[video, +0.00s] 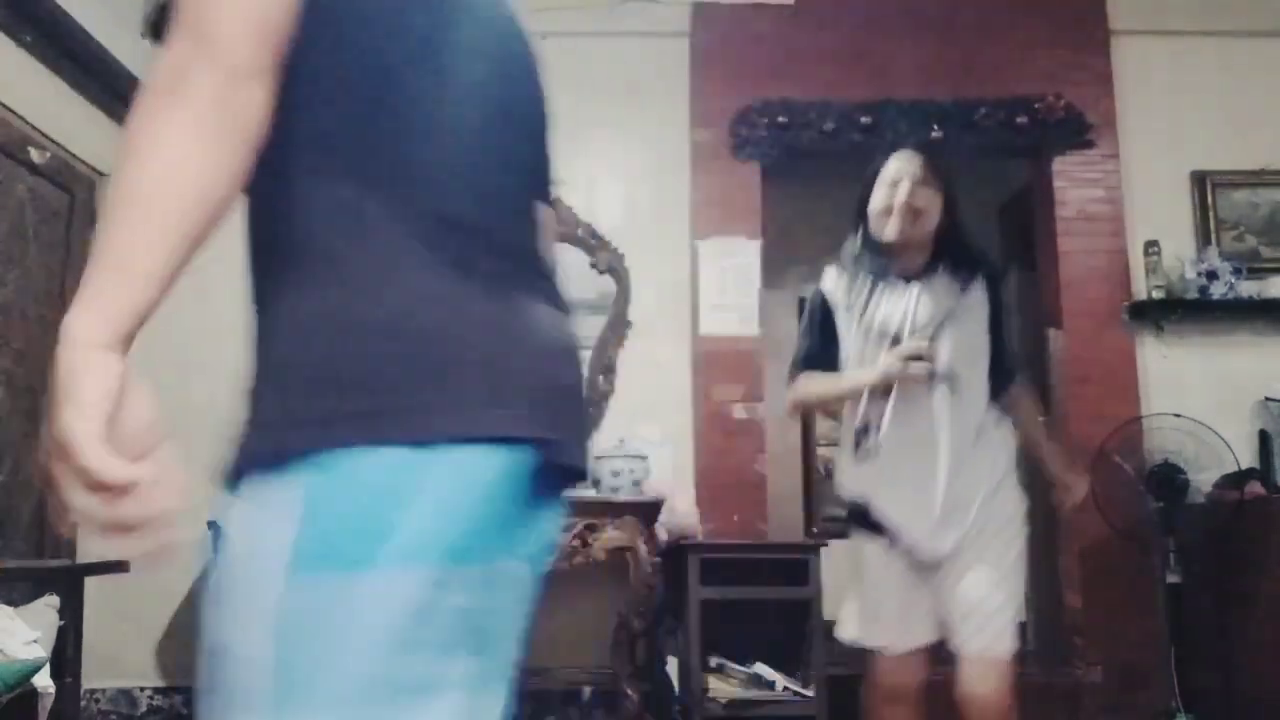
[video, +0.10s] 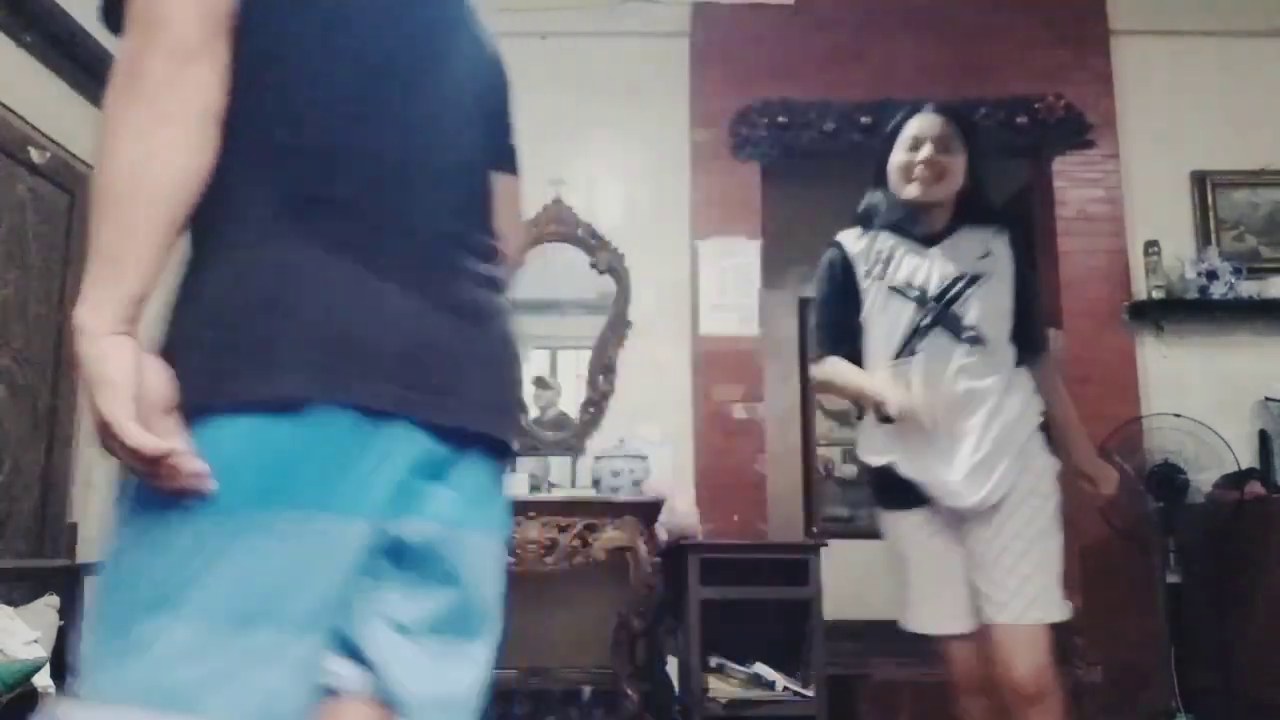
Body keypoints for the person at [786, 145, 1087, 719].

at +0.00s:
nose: (904, 201)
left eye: (921, 190)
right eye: (891, 187)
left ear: (943, 207)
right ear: (870, 200)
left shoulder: (982, 284)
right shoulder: (838, 286)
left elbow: (1010, 385)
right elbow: (800, 392)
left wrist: (1055, 461)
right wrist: (876, 376)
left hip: (981, 510)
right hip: (885, 512)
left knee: (987, 693)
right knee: (896, 685)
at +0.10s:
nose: (927, 156)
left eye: (943, 146)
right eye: (914, 144)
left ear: (967, 165)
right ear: (890, 160)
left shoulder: (1002, 245)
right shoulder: (853, 254)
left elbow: (1038, 359)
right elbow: (824, 364)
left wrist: (1083, 455)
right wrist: (878, 388)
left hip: (1012, 475)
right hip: (914, 486)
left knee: (1028, 676)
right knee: (969, 681)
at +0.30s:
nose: (957, 187)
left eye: (977, 173)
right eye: (939, 174)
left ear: (1002, 197)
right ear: (912, 198)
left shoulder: (1049, 288)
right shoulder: (885, 306)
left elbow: (1090, 405)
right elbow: (886, 446)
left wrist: (1117, 486)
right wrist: (896, 574)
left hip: (1096, 515)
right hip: (987, 548)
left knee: (1142, 706)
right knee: (1044, 712)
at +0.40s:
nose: (949, 150)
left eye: (970, 133)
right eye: (930, 136)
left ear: (1001, 153)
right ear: (904, 159)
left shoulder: (1058, 244)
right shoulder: (883, 272)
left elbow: (1117, 372)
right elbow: (880, 418)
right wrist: (898, 553)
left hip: (1117, 521)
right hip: (997, 549)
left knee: (1169, 705)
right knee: (1069, 713)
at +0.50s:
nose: (926, 95)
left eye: (947, 75)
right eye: (905, 79)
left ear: (983, 93)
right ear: (878, 102)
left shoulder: (1046, 181)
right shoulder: (856, 222)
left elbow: (1142, 285)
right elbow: (842, 349)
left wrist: (1219, 263)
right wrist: (883, 461)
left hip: (1099, 495)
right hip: (966, 513)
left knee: (1156, 707)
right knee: (1027, 710)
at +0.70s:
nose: (785, 47)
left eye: (813, 24)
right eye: (763, 33)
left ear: (864, 39)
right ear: (741, 66)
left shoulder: (958, 129)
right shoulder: (757, 227)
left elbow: (1071, 263)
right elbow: (789, 394)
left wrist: (961, 306)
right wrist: (791, 531)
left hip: (1031, 502)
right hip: (883, 529)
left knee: (1078, 709)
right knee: (820, 706)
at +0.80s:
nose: (672, 73)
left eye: (700, 53)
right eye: (673, 55)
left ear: (761, 75)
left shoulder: (844, 164)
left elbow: (972, 277)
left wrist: (918, 430)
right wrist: (675, 553)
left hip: (951, 560)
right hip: (778, 583)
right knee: (703, 707)